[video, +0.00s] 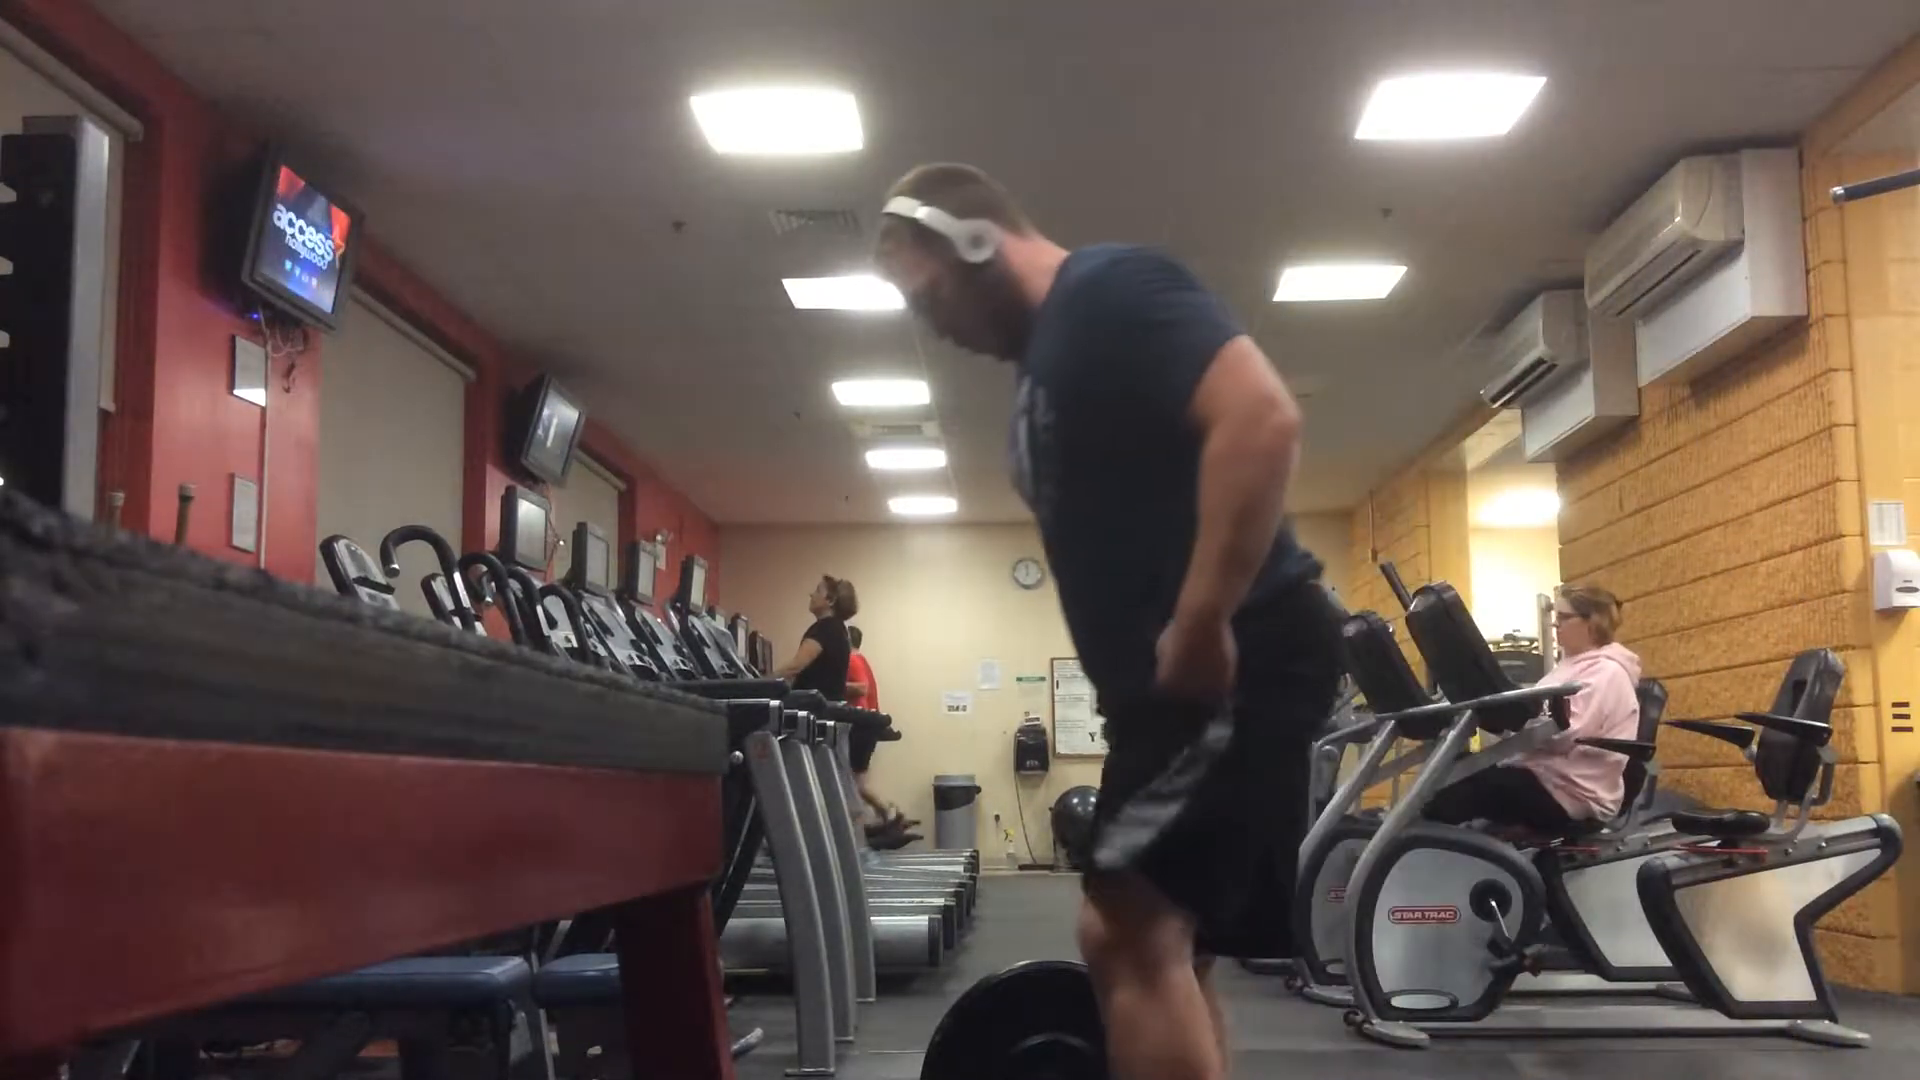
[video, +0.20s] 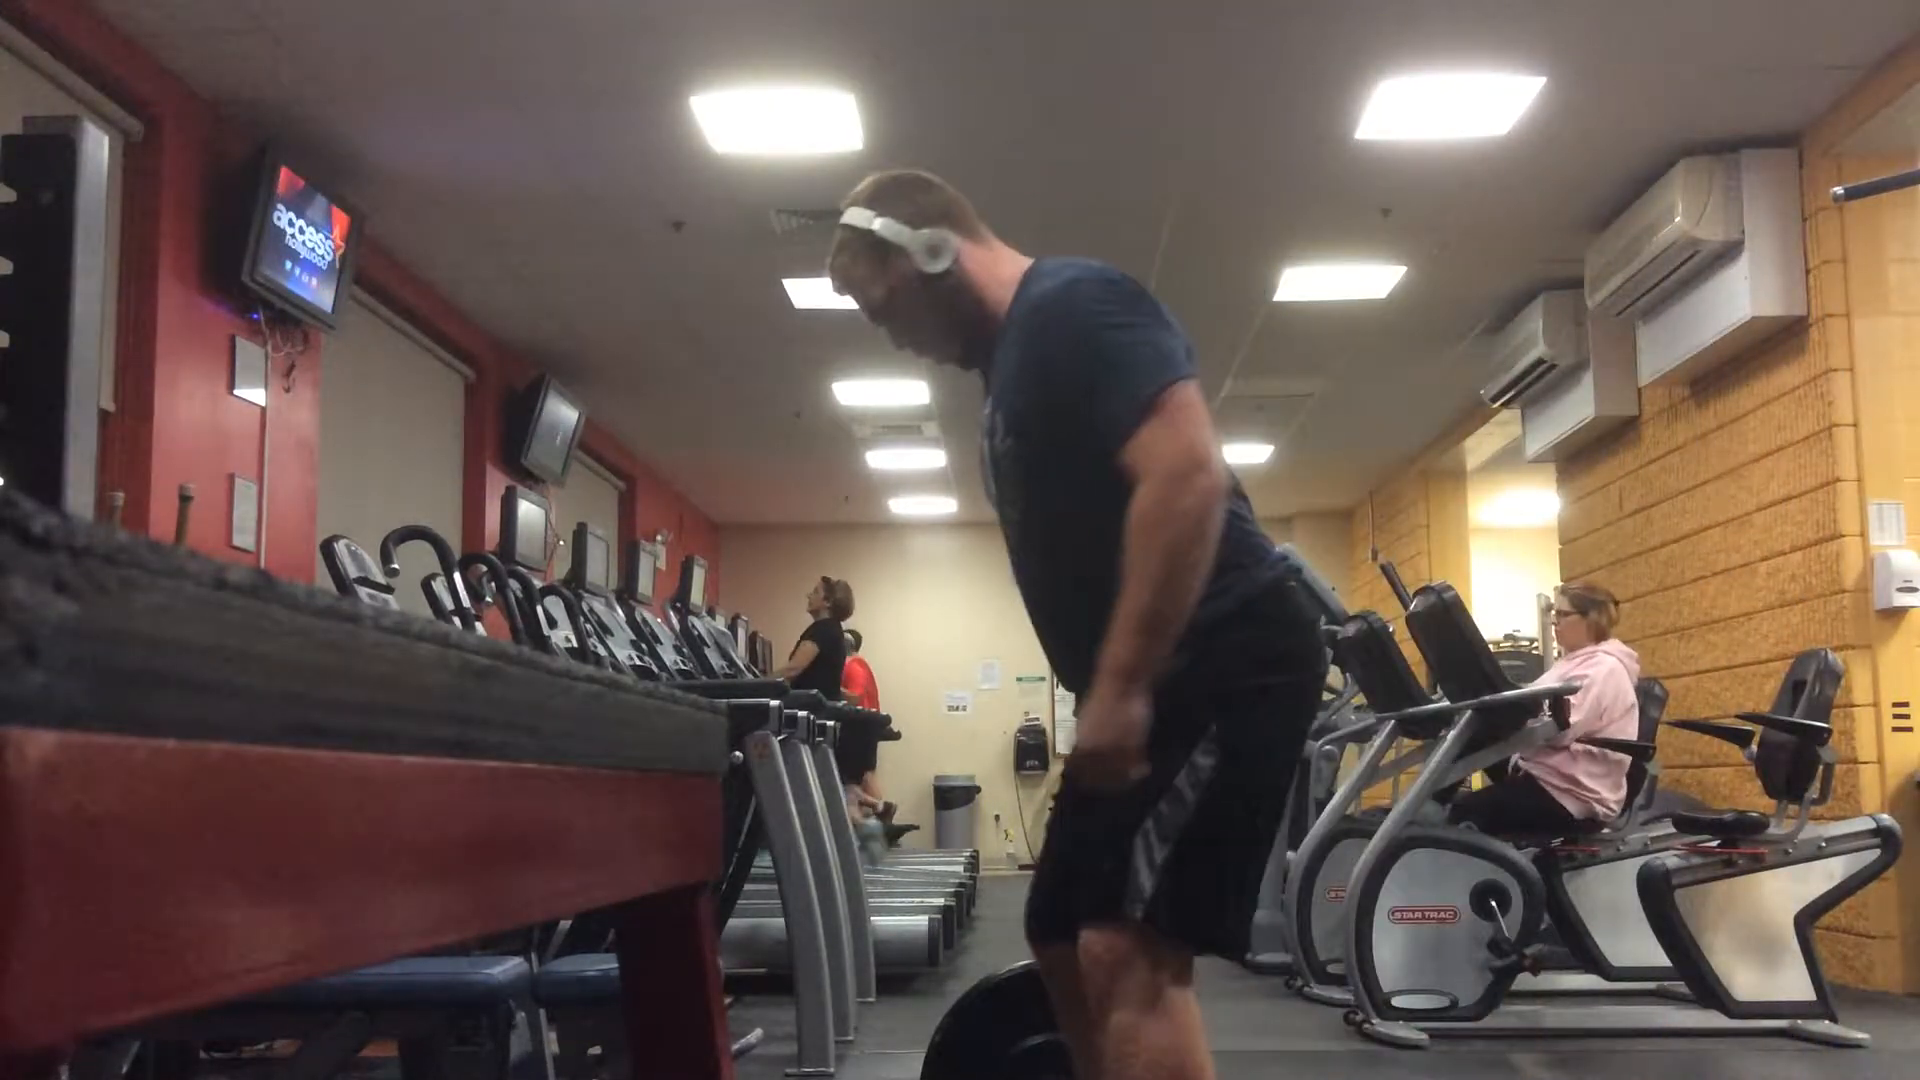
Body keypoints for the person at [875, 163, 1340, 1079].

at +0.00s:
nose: (930, 329)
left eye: (928, 298)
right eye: (917, 310)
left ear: (976, 247)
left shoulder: (1108, 285)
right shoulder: (1039, 390)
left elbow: (1258, 417)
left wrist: (1203, 616)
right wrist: (1125, 667)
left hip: (1239, 657)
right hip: (1163, 679)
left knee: (1126, 932)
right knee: (1160, 947)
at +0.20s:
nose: (890, 337)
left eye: (883, 307)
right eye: (874, 318)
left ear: (931, 256)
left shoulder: (1070, 302)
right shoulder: (1009, 384)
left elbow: (1187, 471)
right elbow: (1096, 545)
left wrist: (1117, 689)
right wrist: (1104, 700)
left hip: (1228, 648)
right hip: (1160, 671)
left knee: (1123, 947)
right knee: (1063, 940)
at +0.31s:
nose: (879, 341)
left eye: (872, 311)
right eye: (862, 324)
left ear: (918, 256)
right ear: (921, 260)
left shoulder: (1052, 303)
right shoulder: (1001, 373)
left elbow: (1157, 480)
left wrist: (1075, 687)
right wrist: (1073, 709)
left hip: (1216, 642)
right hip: (1151, 661)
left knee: (1124, 951)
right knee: (1071, 947)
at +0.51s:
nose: (880, 373)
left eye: (863, 346)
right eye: (858, 356)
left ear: (894, 287)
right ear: (903, 281)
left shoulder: (1027, 322)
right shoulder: (977, 395)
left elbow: (1141, 495)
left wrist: (1083, 707)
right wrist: (1077, 715)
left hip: (1221, 652)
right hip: (1161, 671)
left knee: (1081, 934)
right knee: (1086, 935)